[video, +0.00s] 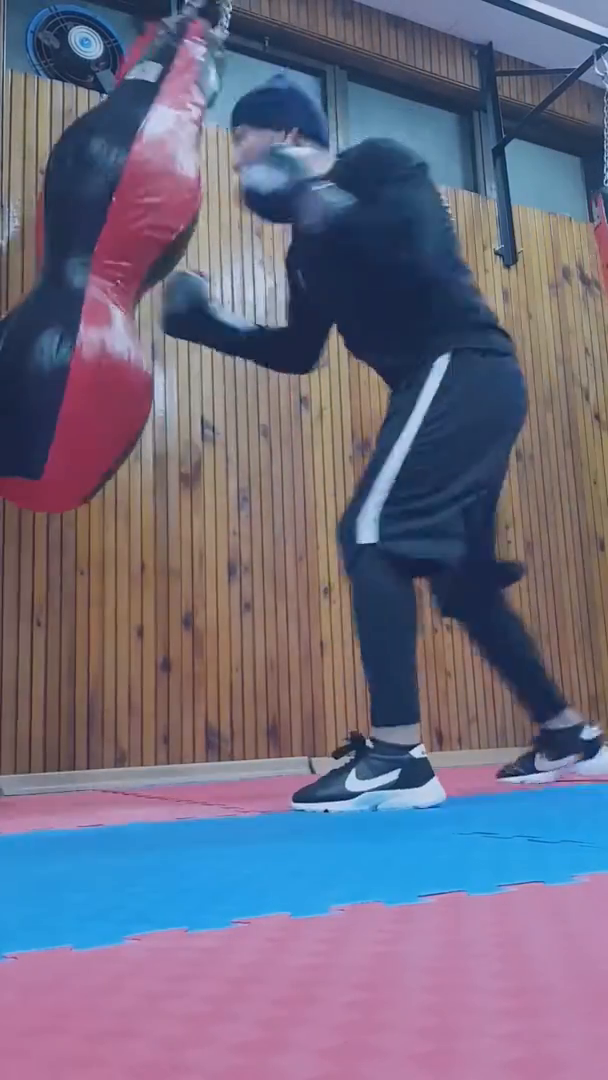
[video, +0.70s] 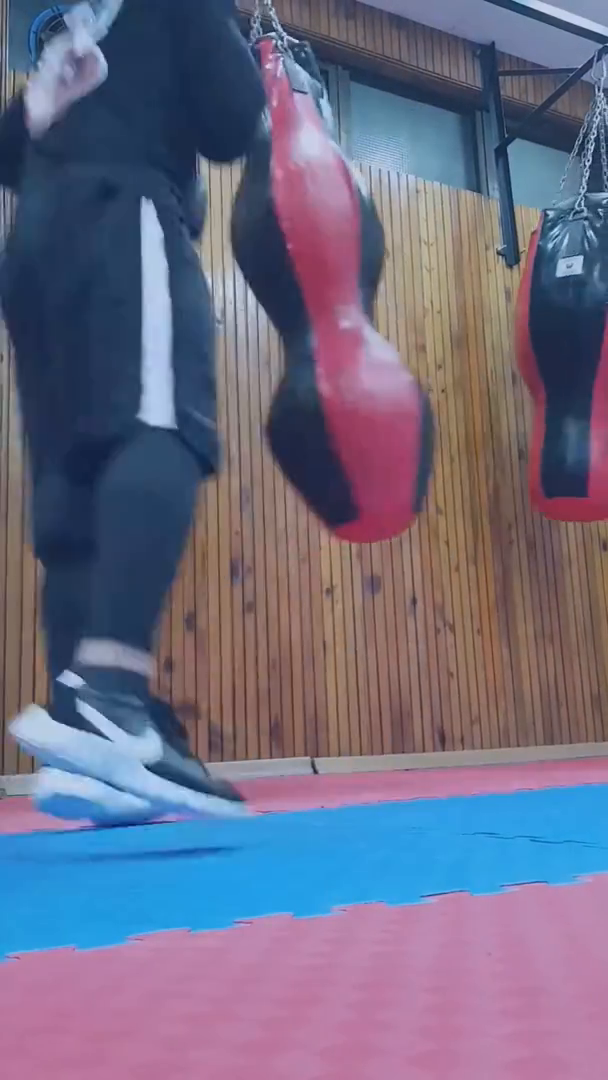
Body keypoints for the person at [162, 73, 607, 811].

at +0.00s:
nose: (242, 167)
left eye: (251, 148)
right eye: (237, 152)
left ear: (296, 138)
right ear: (280, 148)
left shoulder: (378, 163)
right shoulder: (307, 244)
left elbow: (414, 241)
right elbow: (297, 352)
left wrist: (321, 201)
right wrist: (202, 322)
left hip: (460, 373)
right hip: (448, 385)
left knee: (370, 537)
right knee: (459, 575)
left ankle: (395, 752)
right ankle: (563, 733)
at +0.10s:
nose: (223, 185)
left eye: (228, 165)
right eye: (219, 171)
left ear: (269, 154)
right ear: (273, 162)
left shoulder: (326, 187)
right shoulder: (324, 217)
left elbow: (276, 280)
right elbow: (344, 348)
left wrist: (206, 239)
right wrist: (257, 310)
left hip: (421, 401)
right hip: (452, 403)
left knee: (318, 562)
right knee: (462, 590)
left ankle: (390, 750)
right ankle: (569, 733)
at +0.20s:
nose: (188, 153)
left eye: (191, 140)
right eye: (188, 142)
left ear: (213, 131)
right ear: (261, 121)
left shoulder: (233, 170)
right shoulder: (332, 170)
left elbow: (170, 288)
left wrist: (160, 204)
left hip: (364, 384)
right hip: (437, 377)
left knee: (291, 583)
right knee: (458, 563)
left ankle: (385, 753)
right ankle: (548, 722)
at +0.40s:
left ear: (161, 40)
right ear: (236, 26)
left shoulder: (139, 92)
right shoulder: (307, 74)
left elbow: (106, 225)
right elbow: (350, 218)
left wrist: (183, 191)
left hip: (197, 303)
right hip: (303, 290)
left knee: (223, 526)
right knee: (370, 498)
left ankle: (232, 731)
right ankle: (372, 668)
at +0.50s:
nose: (249, 33)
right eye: (239, 27)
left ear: (142, 54)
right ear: (221, 34)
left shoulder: (100, 120)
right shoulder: (255, 68)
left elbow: (66, 250)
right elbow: (328, 206)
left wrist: (156, 212)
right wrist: (240, 175)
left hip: (134, 336)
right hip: (224, 312)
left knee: (178, 556)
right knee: (322, 515)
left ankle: (97, 767)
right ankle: (177, 686)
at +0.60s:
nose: (253, 29)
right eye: (246, 23)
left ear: (123, 18)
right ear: (212, 12)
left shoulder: (91, 100)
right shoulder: (216, 49)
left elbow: (39, 242)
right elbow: (288, 195)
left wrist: (121, 273)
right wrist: (279, 118)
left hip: (90, 309)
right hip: (168, 298)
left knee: (133, 546)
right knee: (211, 527)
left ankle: (124, 774)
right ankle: (91, 746)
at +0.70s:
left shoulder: (53, 29)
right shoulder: (183, 7)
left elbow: (10, 159)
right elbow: (232, 122)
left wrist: (35, 110)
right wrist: (252, 69)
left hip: (36, 222)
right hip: (127, 207)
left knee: (68, 469)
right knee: (162, 432)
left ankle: (88, 733)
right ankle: (112, 684)